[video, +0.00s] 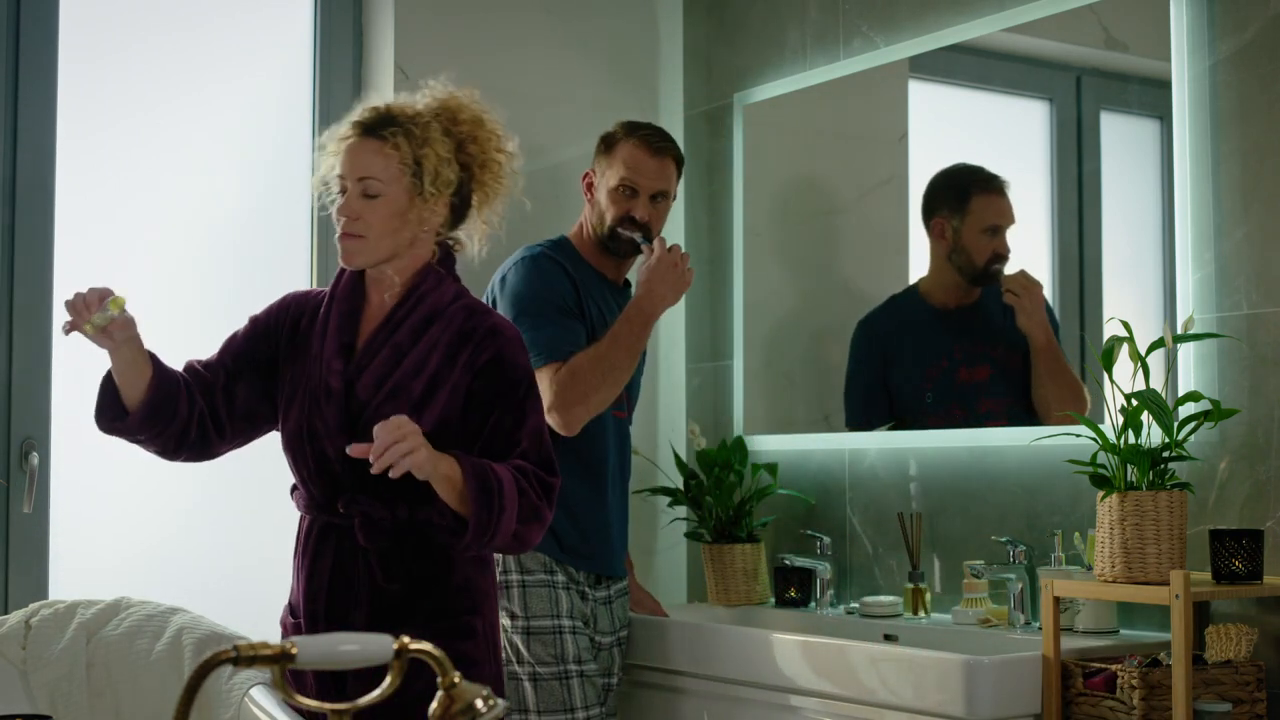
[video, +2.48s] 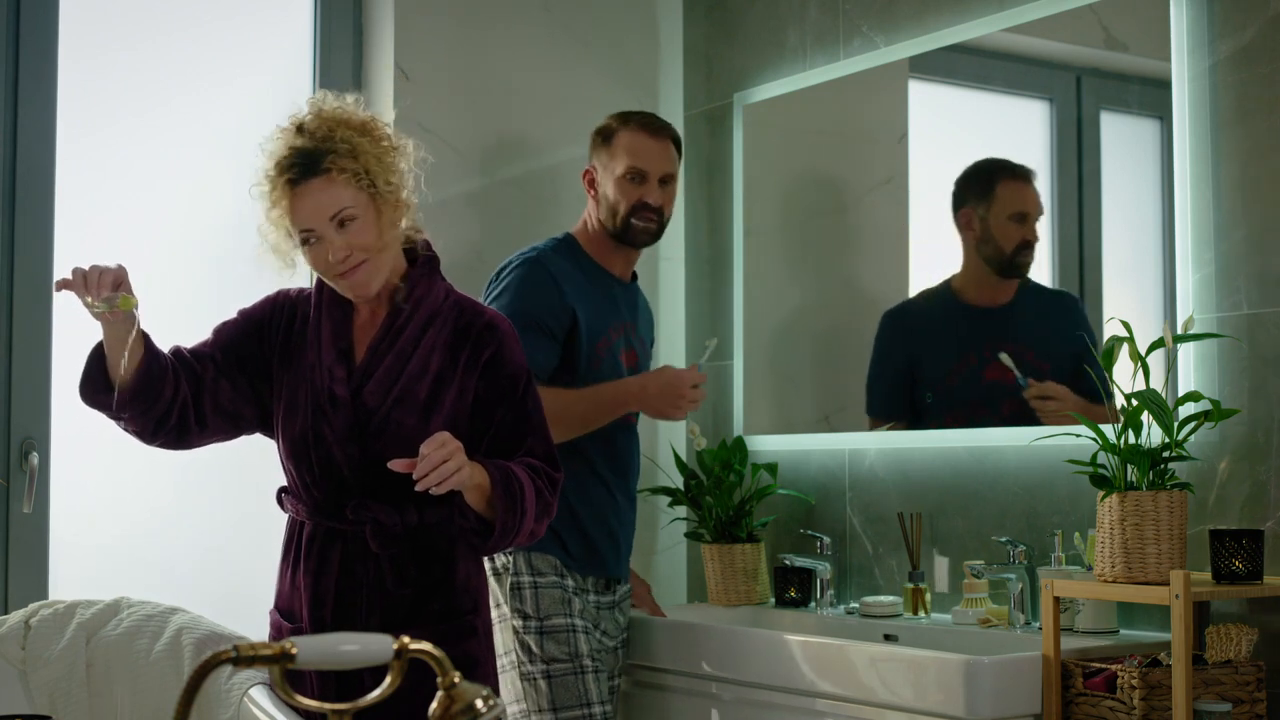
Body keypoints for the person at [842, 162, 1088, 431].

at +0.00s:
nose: (1004, 250)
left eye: (1005, 233)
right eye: (991, 233)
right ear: (941, 231)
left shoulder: (1027, 311)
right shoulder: (880, 331)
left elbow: (1067, 420)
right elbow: (867, 452)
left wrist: (1039, 332)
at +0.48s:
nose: (1005, 253)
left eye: (1006, 236)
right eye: (991, 236)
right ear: (941, 231)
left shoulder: (1028, 312)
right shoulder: (881, 332)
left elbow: (1069, 422)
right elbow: (868, 451)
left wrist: (1042, 339)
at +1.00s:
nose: (952, 278)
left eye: (968, 261)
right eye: (938, 259)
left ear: (991, 246)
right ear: (915, 243)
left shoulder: (1031, 312)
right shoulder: (881, 334)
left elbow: (1069, 425)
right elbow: (867, 448)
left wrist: (1014, 354)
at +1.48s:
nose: (951, 270)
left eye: (962, 251)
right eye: (933, 255)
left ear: (978, 235)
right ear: (904, 249)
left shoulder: (1029, 309)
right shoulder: (878, 336)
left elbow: (1068, 424)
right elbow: (867, 451)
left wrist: (1003, 357)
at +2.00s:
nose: (972, 251)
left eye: (982, 234)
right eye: (955, 235)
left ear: (991, 229)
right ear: (918, 235)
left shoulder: (1031, 310)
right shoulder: (880, 334)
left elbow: (1069, 425)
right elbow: (868, 452)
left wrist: (1012, 362)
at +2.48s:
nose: (1033, 236)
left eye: (1036, 222)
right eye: (1018, 220)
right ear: (968, 223)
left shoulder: (1063, 314)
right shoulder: (905, 326)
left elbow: (1111, 419)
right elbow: (885, 443)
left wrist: (1079, 410)